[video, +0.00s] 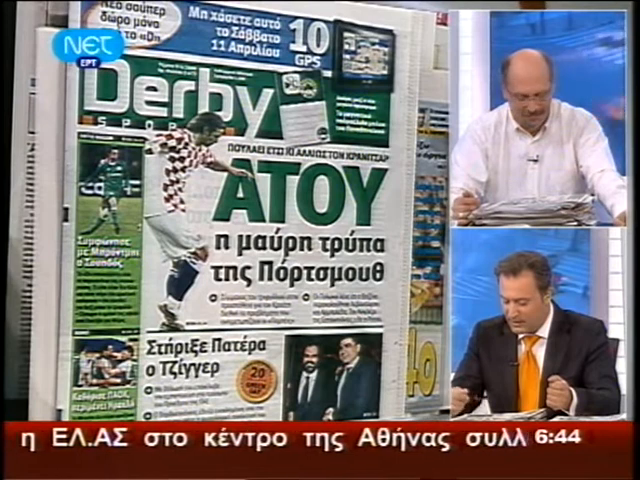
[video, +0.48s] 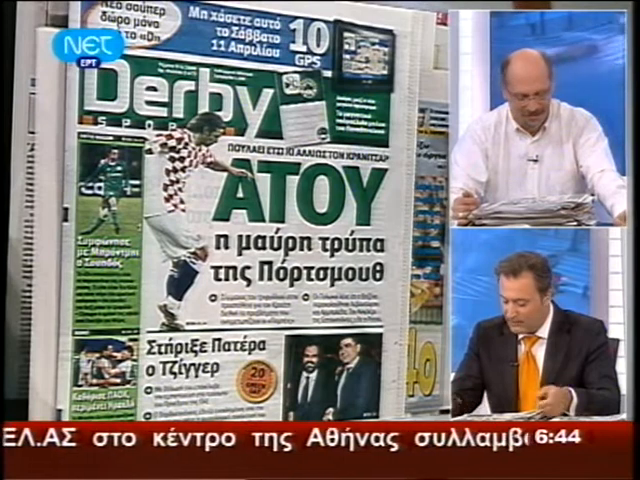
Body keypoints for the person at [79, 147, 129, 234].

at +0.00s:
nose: (115, 156)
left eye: (116, 154)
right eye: (113, 154)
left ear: (118, 155)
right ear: (109, 154)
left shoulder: (122, 165)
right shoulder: (104, 165)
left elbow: (126, 176)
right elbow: (95, 174)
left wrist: (127, 186)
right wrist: (85, 182)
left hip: (118, 190)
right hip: (108, 189)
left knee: (105, 213)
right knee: (113, 205)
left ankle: (91, 230)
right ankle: (116, 225)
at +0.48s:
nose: (115, 156)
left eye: (116, 154)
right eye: (113, 154)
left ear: (118, 155)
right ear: (109, 154)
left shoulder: (122, 165)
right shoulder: (104, 165)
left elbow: (126, 176)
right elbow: (95, 174)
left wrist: (127, 186)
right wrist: (85, 182)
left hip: (118, 190)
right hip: (108, 189)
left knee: (105, 213)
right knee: (113, 205)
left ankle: (91, 230)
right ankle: (116, 225)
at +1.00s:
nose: (115, 156)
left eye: (116, 154)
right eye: (113, 154)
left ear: (118, 155)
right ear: (109, 154)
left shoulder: (122, 165)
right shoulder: (104, 165)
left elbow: (126, 176)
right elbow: (95, 174)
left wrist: (127, 186)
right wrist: (85, 182)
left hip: (118, 190)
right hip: (108, 189)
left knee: (105, 213)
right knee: (113, 205)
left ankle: (91, 230)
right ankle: (116, 225)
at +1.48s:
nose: (115, 156)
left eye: (116, 154)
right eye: (113, 154)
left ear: (118, 155)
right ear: (109, 155)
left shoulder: (122, 165)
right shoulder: (104, 165)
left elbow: (126, 176)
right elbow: (95, 174)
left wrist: (128, 187)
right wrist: (85, 182)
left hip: (118, 190)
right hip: (108, 189)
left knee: (105, 213)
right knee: (113, 205)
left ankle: (91, 230)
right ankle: (116, 226)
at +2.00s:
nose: (115, 156)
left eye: (116, 154)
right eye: (113, 154)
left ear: (118, 155)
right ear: (109, 155)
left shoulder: (122, 165)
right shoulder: (104, 165)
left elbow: (126, 177)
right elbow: (95, 174)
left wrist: (127, 186)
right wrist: (85, 182)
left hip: (118, 190)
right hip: (108, 189)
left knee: (105, 213)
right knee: (113, 205)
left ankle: (91, 230)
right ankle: (116, 226)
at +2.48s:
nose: (115, 156)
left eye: (116, 154)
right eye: (113, 154)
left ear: (118, 155)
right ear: (109, 154)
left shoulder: (122, 165)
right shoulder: (104, 165)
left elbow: (126, 177)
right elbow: (95, 175)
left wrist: (128, 187)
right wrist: (85, 182)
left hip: (118, 190)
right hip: (108, 189)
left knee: (105, 213)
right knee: (113, 205)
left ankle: (91, 230)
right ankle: (116, 226)